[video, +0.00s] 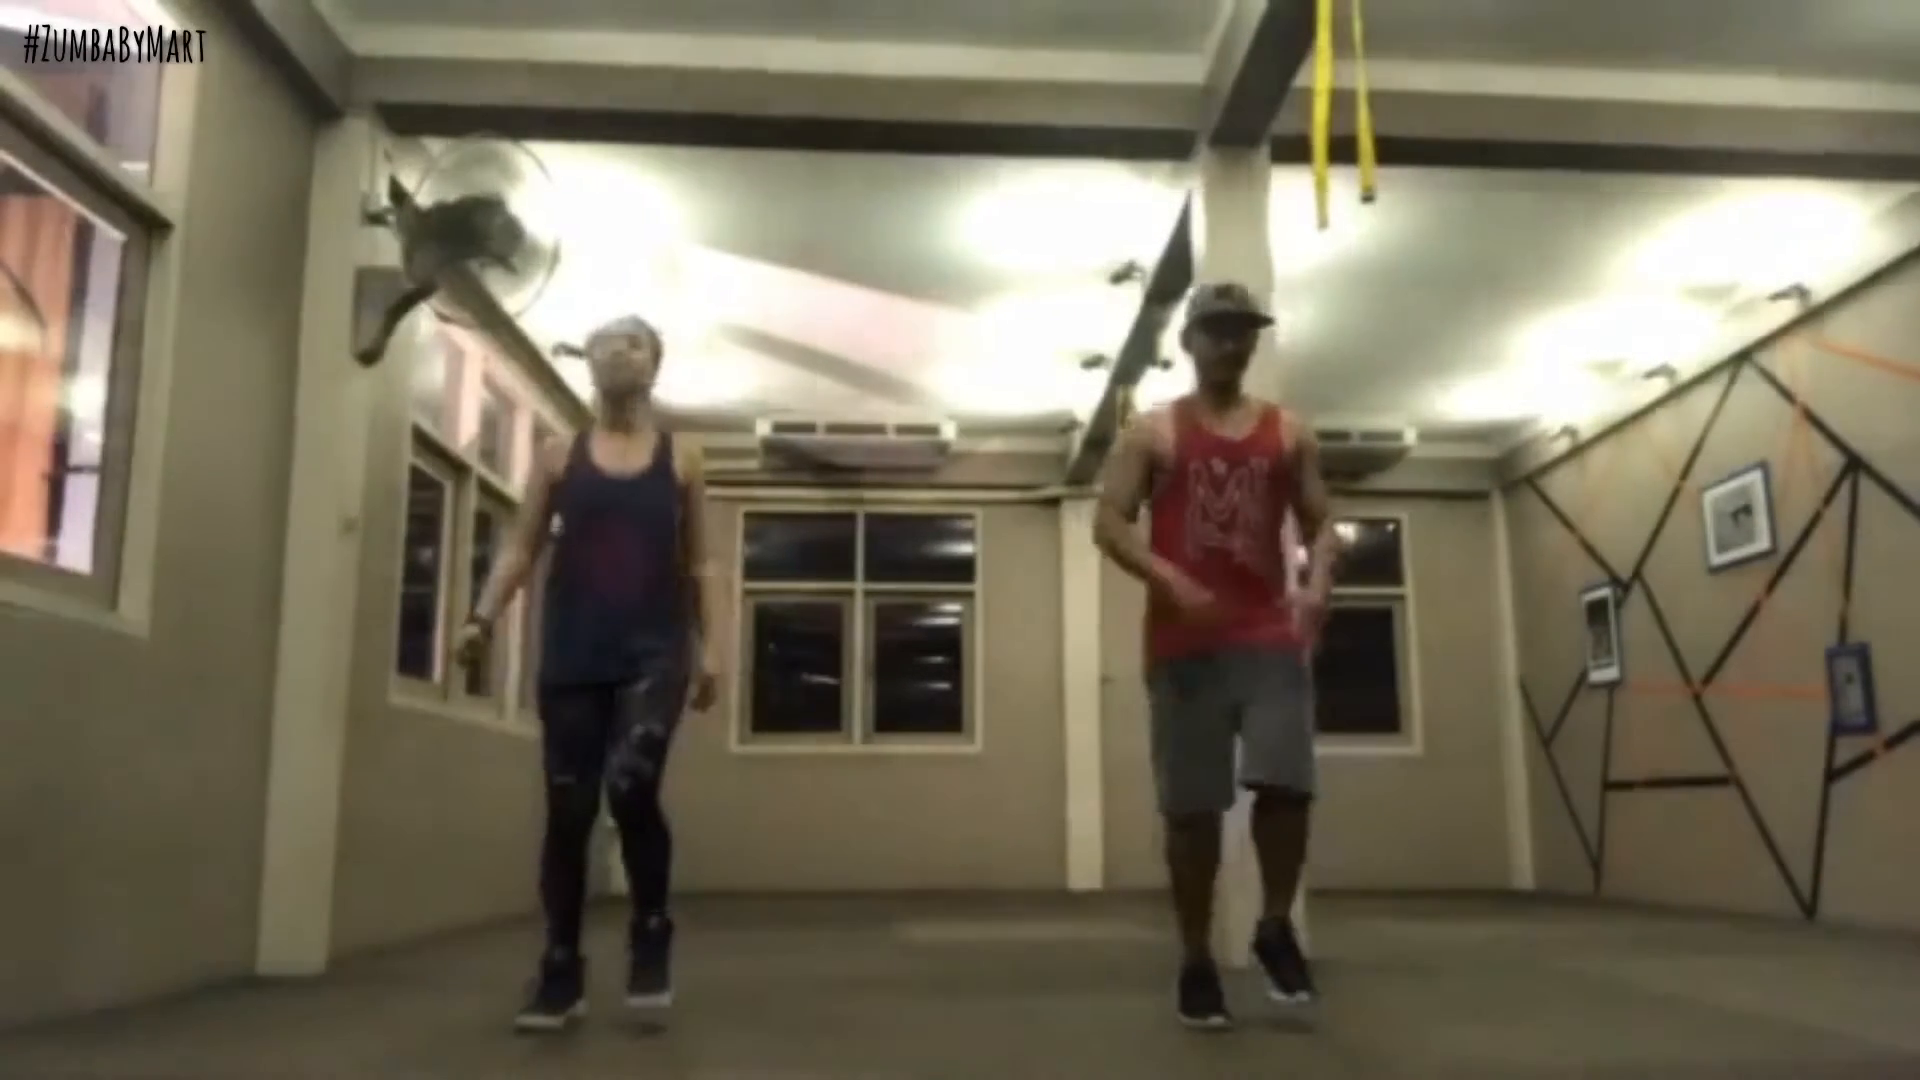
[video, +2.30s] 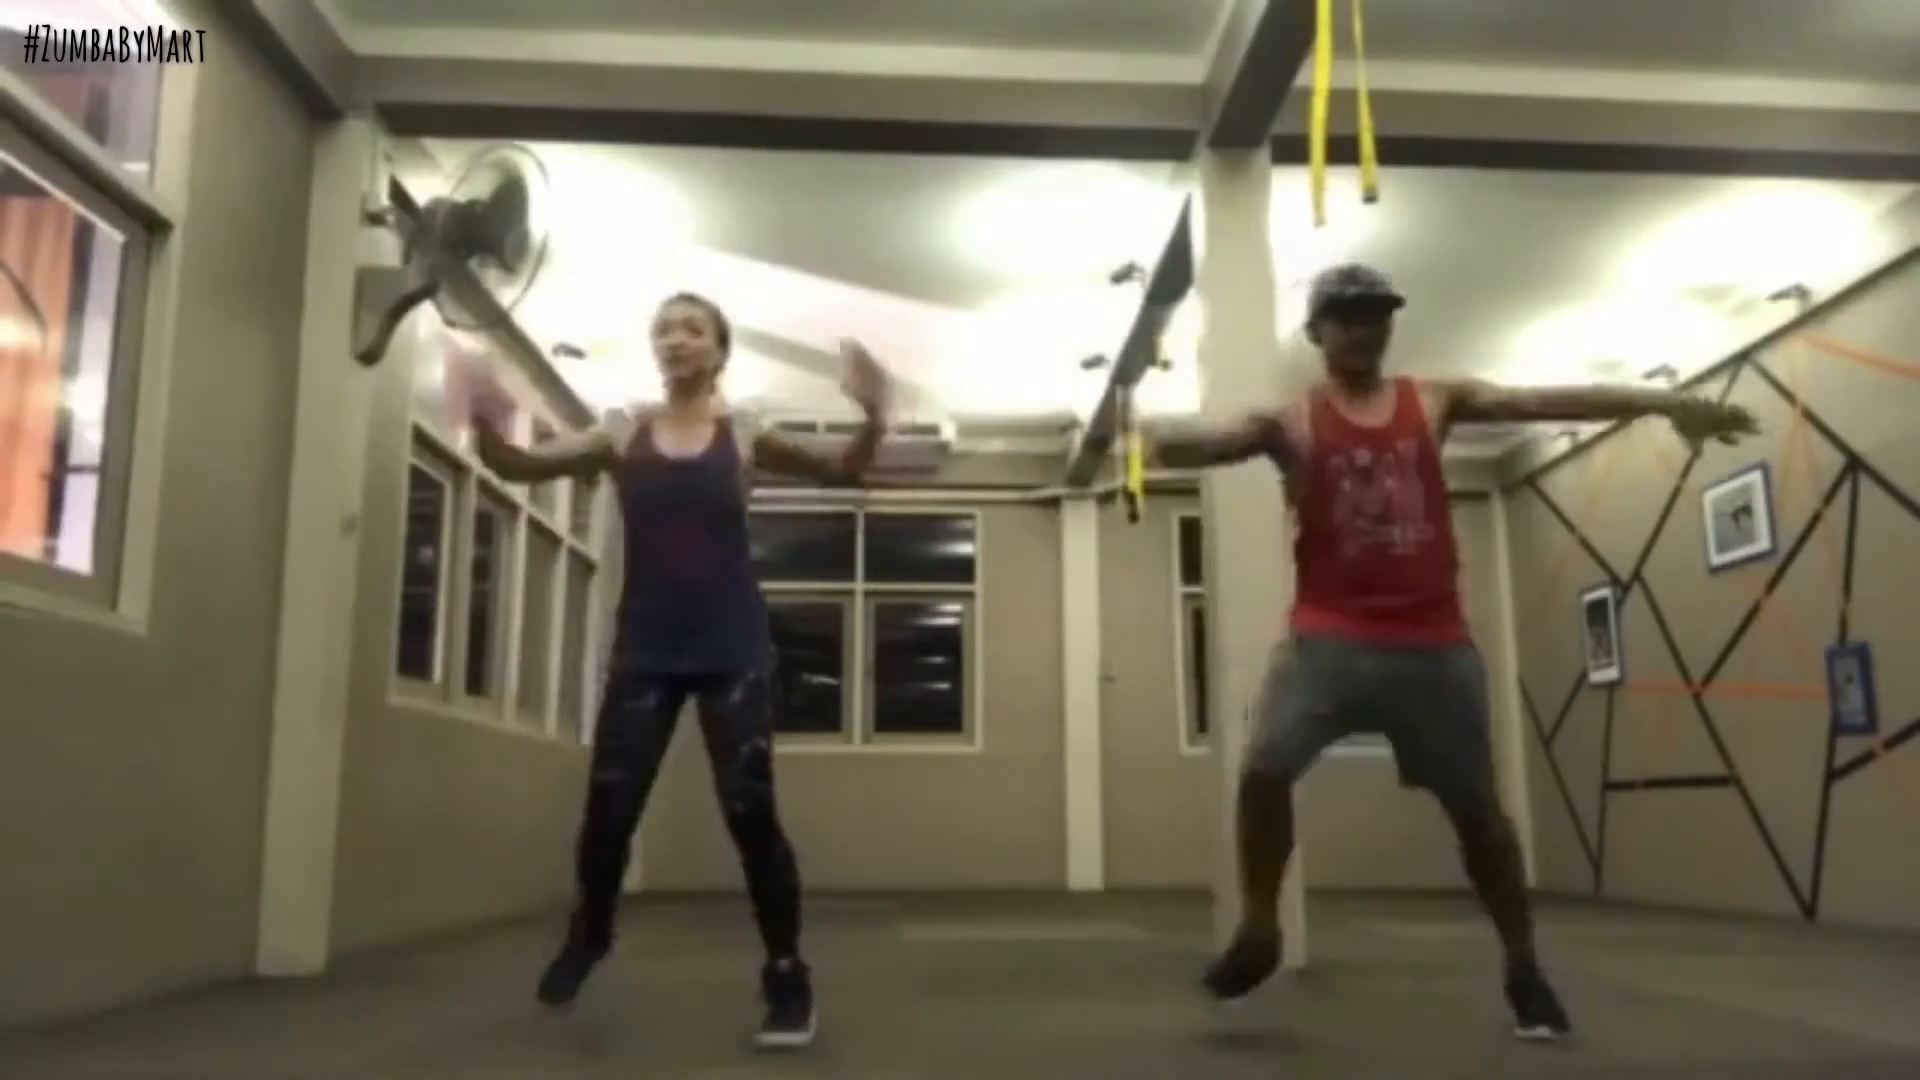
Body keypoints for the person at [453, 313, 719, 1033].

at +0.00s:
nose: (623, 354)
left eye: (636, 345)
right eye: (611, 344)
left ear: (655, 367)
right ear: (589, 365)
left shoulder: (680, 457)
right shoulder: (561, 455)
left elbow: (698, 564)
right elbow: (525, 547)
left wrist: (711, 653)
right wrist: (482, 619)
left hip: (655, 655)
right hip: (573, 656)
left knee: (629, 788)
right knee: (568, 811)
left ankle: (650, 939)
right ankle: (560, 969)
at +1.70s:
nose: (617, 371)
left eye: (633, 361)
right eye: (607, 360)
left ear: (658, 382)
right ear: (591, 376)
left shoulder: (680, 465)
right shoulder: (562, 465)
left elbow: (732, 552)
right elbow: (516, 557)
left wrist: (750, 588)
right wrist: (466, 631)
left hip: (654, 665)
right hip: (573, 663)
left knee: (646, 817)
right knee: (560, 822)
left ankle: (653, 969)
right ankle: (556, 973)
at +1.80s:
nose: (621, 362)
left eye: (637, 353)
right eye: (610, 352)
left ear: (663, 374)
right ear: (595, 371)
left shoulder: (687, 457)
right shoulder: (565, 455)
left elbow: (762, 508)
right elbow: (500, 528)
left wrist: (827, 523)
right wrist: (437, 559)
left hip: (656, 655)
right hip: (573, 655)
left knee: (664, 792)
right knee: (561, 812)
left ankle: (680, 932)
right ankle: (557, 964)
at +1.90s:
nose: (630, 352)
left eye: (646, 344)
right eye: (620, 342)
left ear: (673, 366)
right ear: (605, 359)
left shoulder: (695, 450)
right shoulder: (577, 443)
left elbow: (785, 483)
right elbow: (518, 517)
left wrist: (864, 496)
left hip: (661, 643)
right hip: (579, 644)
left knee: (681, 780)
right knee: (564, 808)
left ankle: (729, 946)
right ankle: (553, 968)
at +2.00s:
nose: (641, 352)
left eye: (659, 344)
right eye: (634, 342)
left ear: (687, 367)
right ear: (621, 359)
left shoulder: (702, 450)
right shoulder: (589, 438)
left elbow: (771, 491)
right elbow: (570, 503)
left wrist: (832, 508)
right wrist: (642, 470)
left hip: (673, 647)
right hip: (593, 646)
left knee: (701, 793)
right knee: (571, 811)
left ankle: (773, 963)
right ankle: (554, 966)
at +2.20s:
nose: (671, 350)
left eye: (686, 339)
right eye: (661, 339)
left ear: (714, 357)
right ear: (647, 355)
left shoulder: (735, 440)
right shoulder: (627, 435)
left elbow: (796, 505)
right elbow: (549, 491)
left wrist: (868, 497)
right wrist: (605, 460)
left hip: (719, 655)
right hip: (638, 653)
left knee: (733, 817)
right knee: (596, 822)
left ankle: (785, 982)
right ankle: (567, 961)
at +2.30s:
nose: (677, 340)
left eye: (692, 329)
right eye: (665, 330)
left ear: (721, 349)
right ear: (651, 348)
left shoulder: (742, 434)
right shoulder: (626, 436)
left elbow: (845, 468)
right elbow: (524, 467)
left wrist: (874, 412)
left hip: (730, 647)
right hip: (647, 648)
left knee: (751, 813)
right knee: (607, 809)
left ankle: (786, 975)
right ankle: (588, 936)